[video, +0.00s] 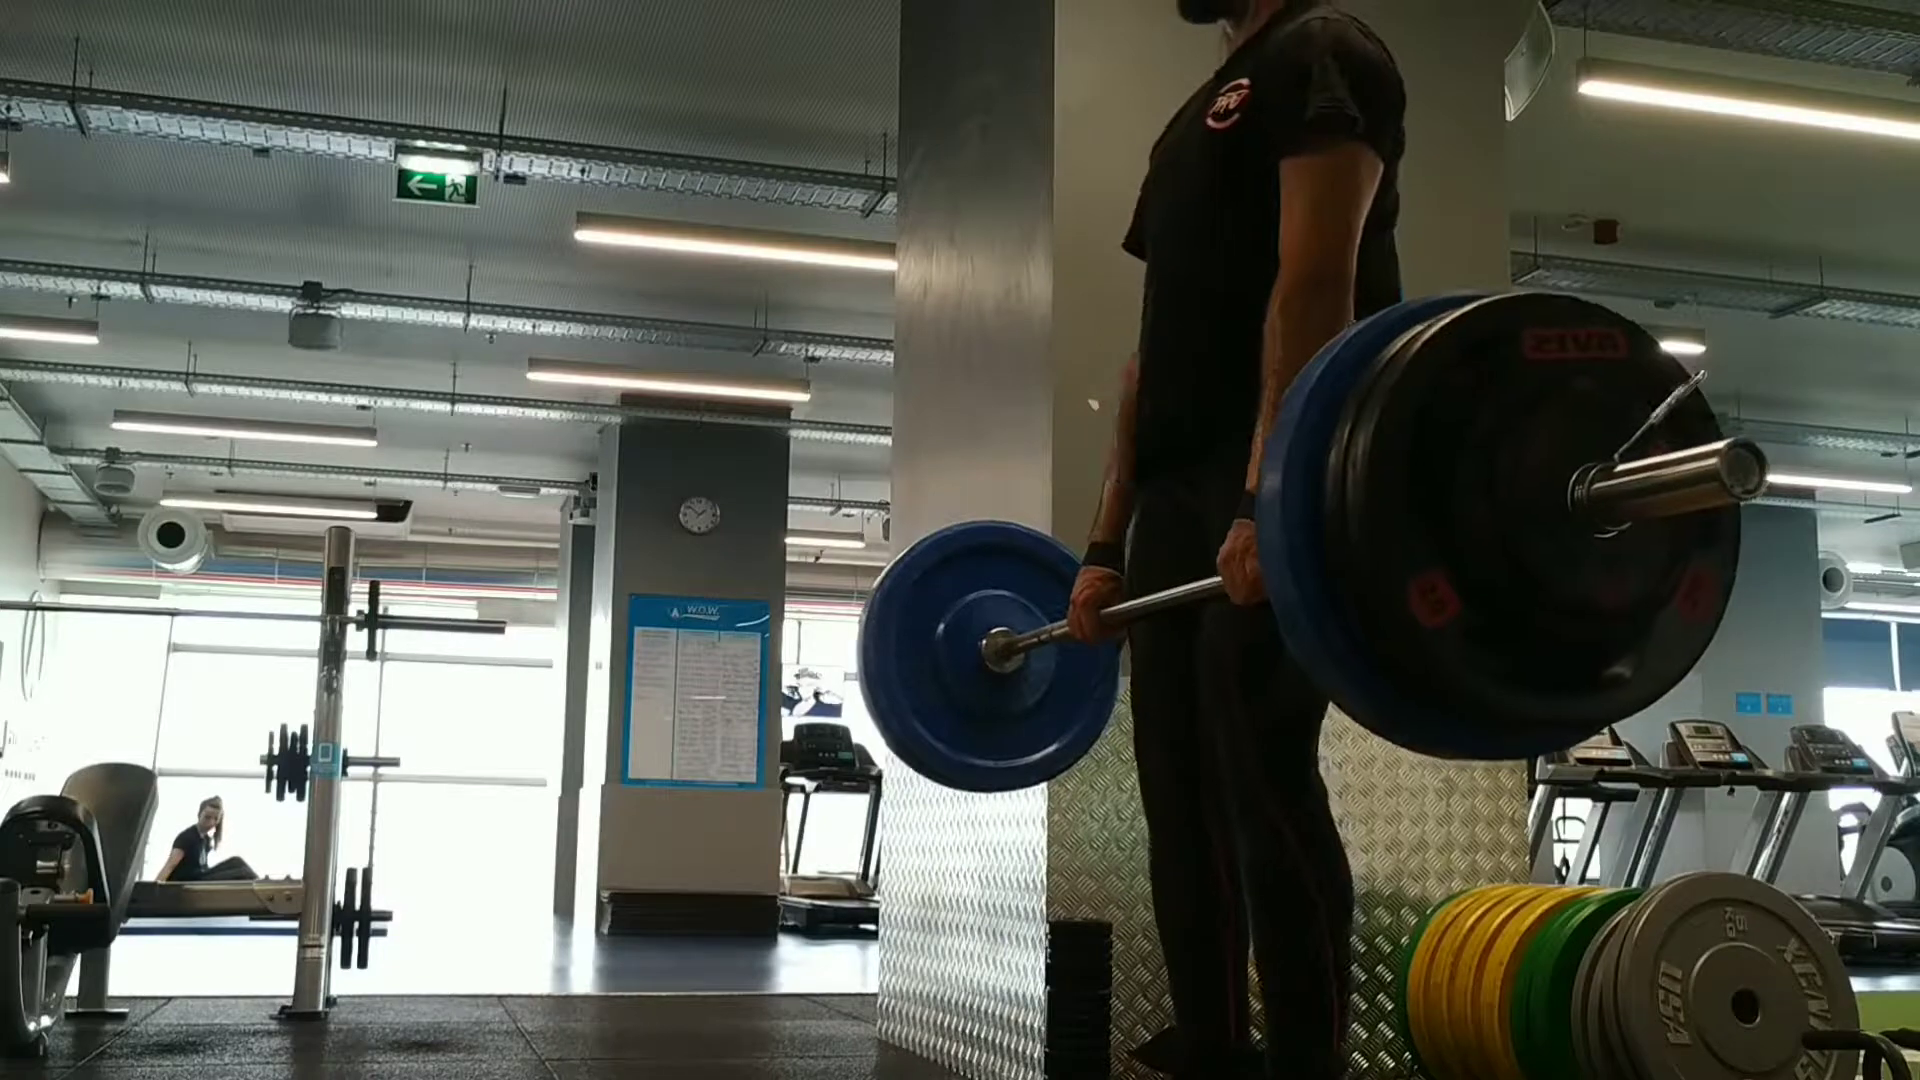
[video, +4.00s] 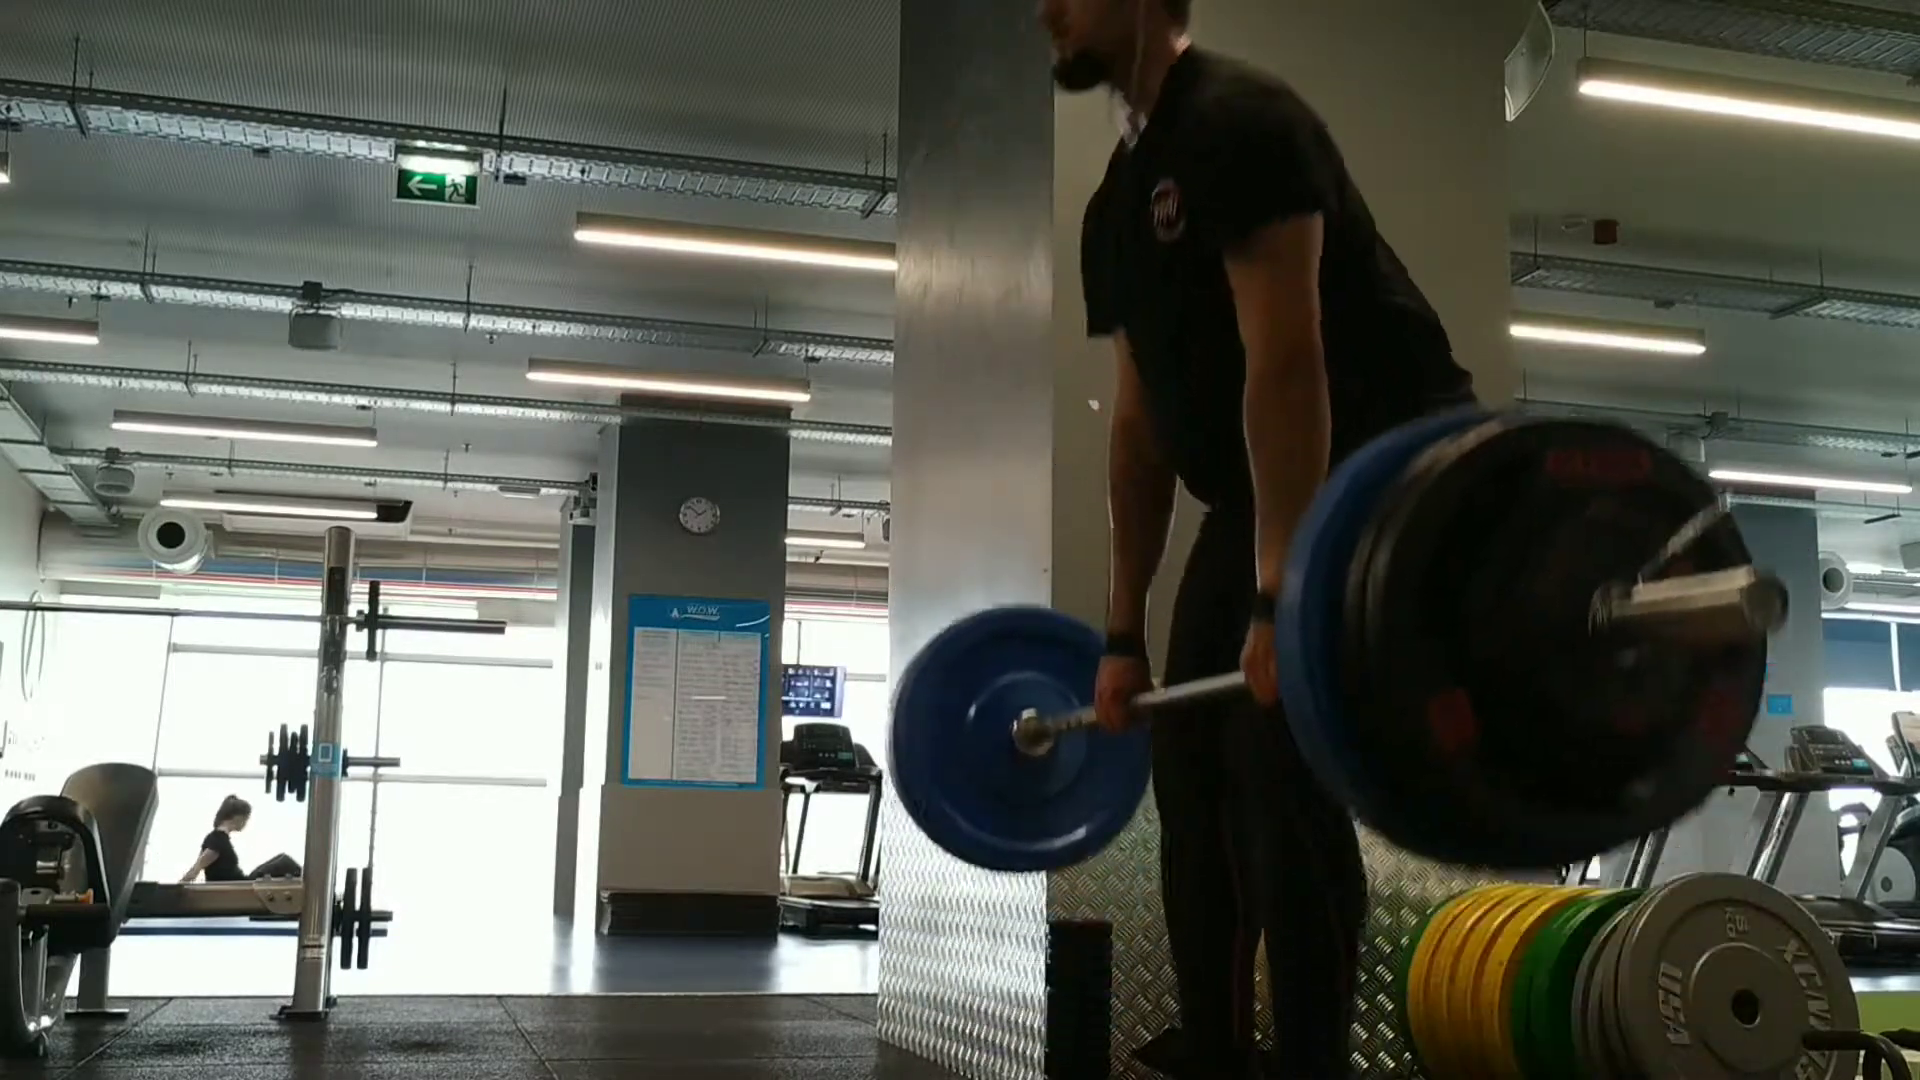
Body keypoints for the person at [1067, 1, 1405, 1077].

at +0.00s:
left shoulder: (1321, 46)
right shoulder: (1191, 121)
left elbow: (1318, 287)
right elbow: (1161, 346)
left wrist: (1271, 500)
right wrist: (1107, 546)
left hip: (1264, 500)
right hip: (1173, 507)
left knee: (1264, 786)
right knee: (1181, 792)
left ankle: (1309, 1057)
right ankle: (1207, 1049)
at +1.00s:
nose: (922, 288)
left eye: (938, 255)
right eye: (918, 263)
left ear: (1020, 242)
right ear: (1012, 252)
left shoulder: (1172, 341)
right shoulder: (1061, 424)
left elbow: (1270, 605)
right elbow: (1114, 631)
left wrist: (1287, 868)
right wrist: (1116, 843)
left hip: (1458, 491)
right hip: (1318, 530)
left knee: (1295, 754)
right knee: (1179, 758)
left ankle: (1312, 1047)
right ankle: (1210, 1037)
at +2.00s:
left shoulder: (1322, 45)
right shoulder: (1188, 118)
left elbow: (1328, 285)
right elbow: (1165, 351)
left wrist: (1292, 503)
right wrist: (1128, 554)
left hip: (1279, 503)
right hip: (1190, 512)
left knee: (1281, 782)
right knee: (1197, 785)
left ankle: (1313, 1059)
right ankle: (1212, 1051)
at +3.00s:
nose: (965, 169)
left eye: (980, 138)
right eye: (958, 145)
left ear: (1061, 131)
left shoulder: (1196, 245)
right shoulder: (1078, 327)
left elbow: (1281, 508)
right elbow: (1128, 550)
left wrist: (1284, 756)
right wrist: (1122, 756)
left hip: (1442, 491)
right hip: (1303, 521)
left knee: (1311, 772)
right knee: (1194, 762)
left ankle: (1313, 1056)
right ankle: (1210, 1040)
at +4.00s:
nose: (1047, 15)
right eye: (1048, 2)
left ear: (1142, 2)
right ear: (1119, 16)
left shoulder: (1241, 116)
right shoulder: (1115, 199)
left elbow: (1290, 364)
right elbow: (1137, 422)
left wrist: (1280, 598)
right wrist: (1123, 634)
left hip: (1377, 486)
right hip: (1252, 503)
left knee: (1283, 752)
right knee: (1184, 747)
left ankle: (1311, 1058)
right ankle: (1211, 1043)